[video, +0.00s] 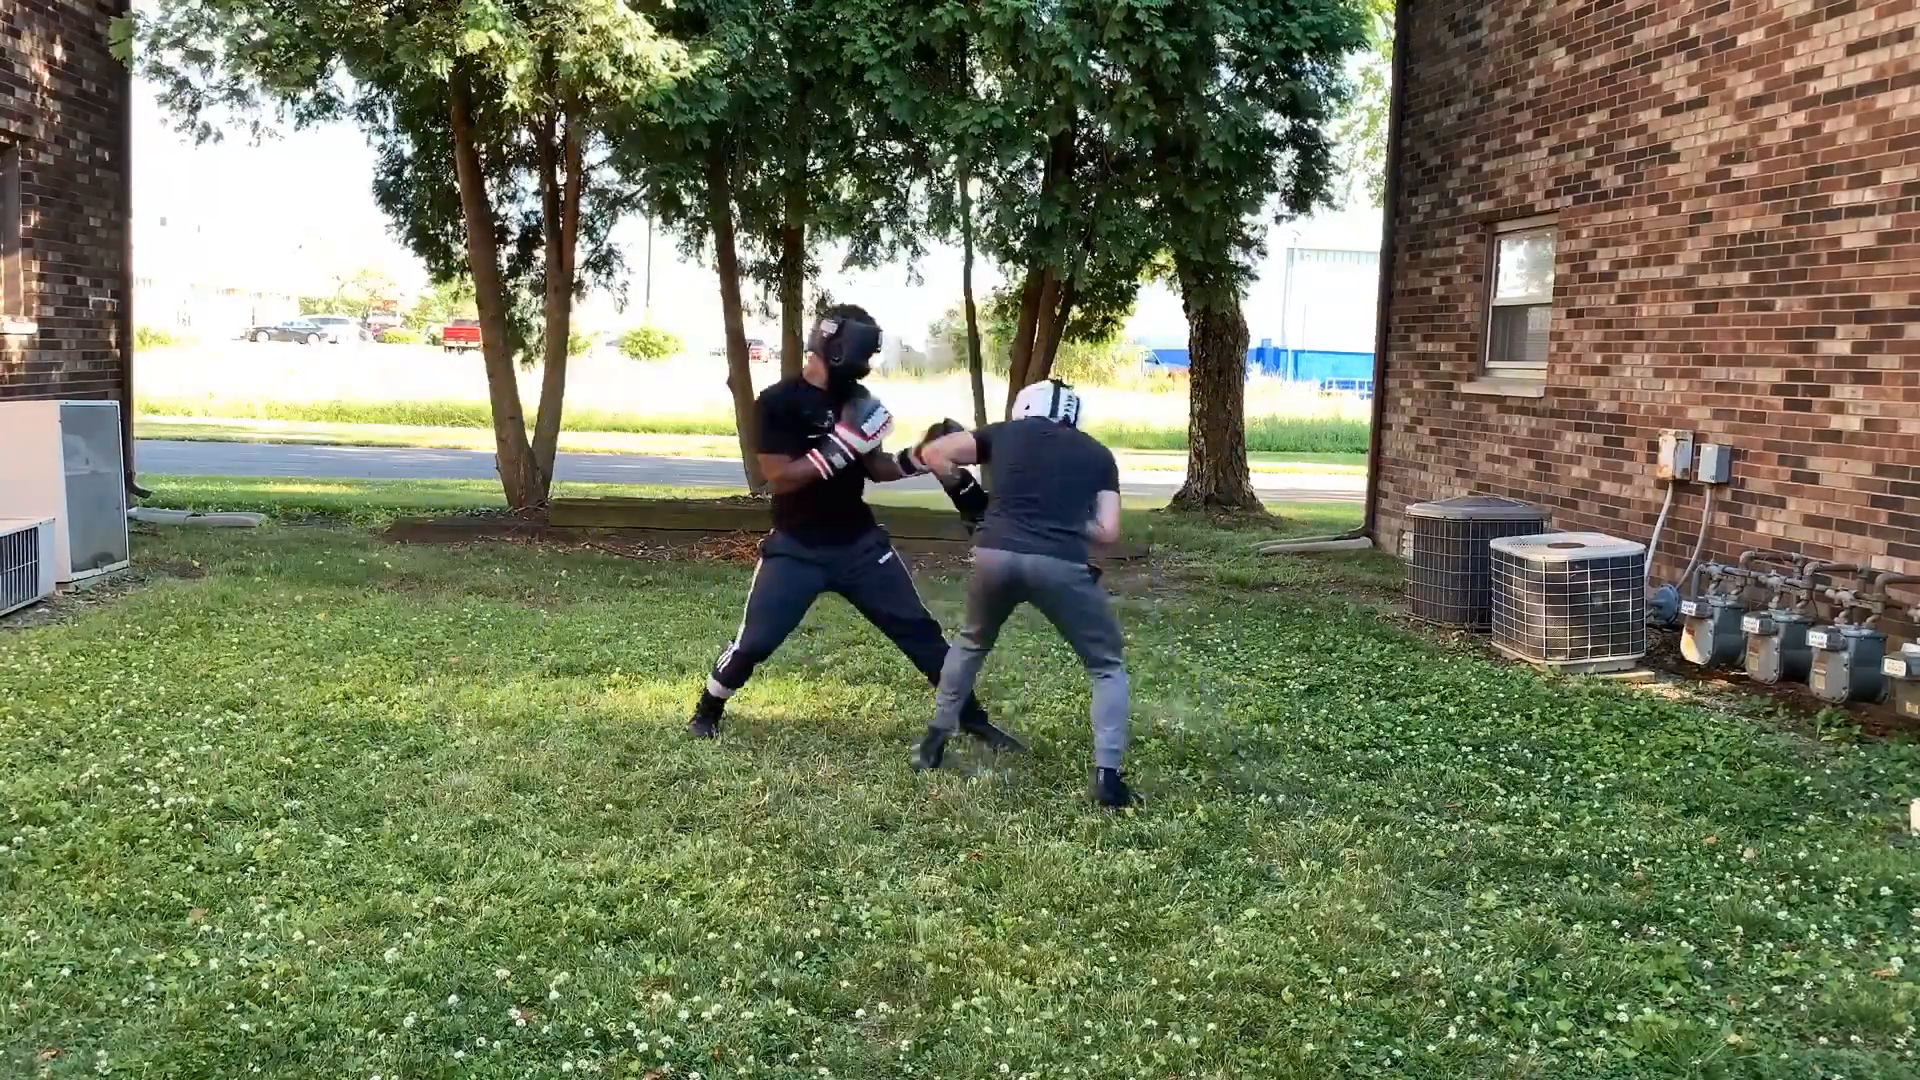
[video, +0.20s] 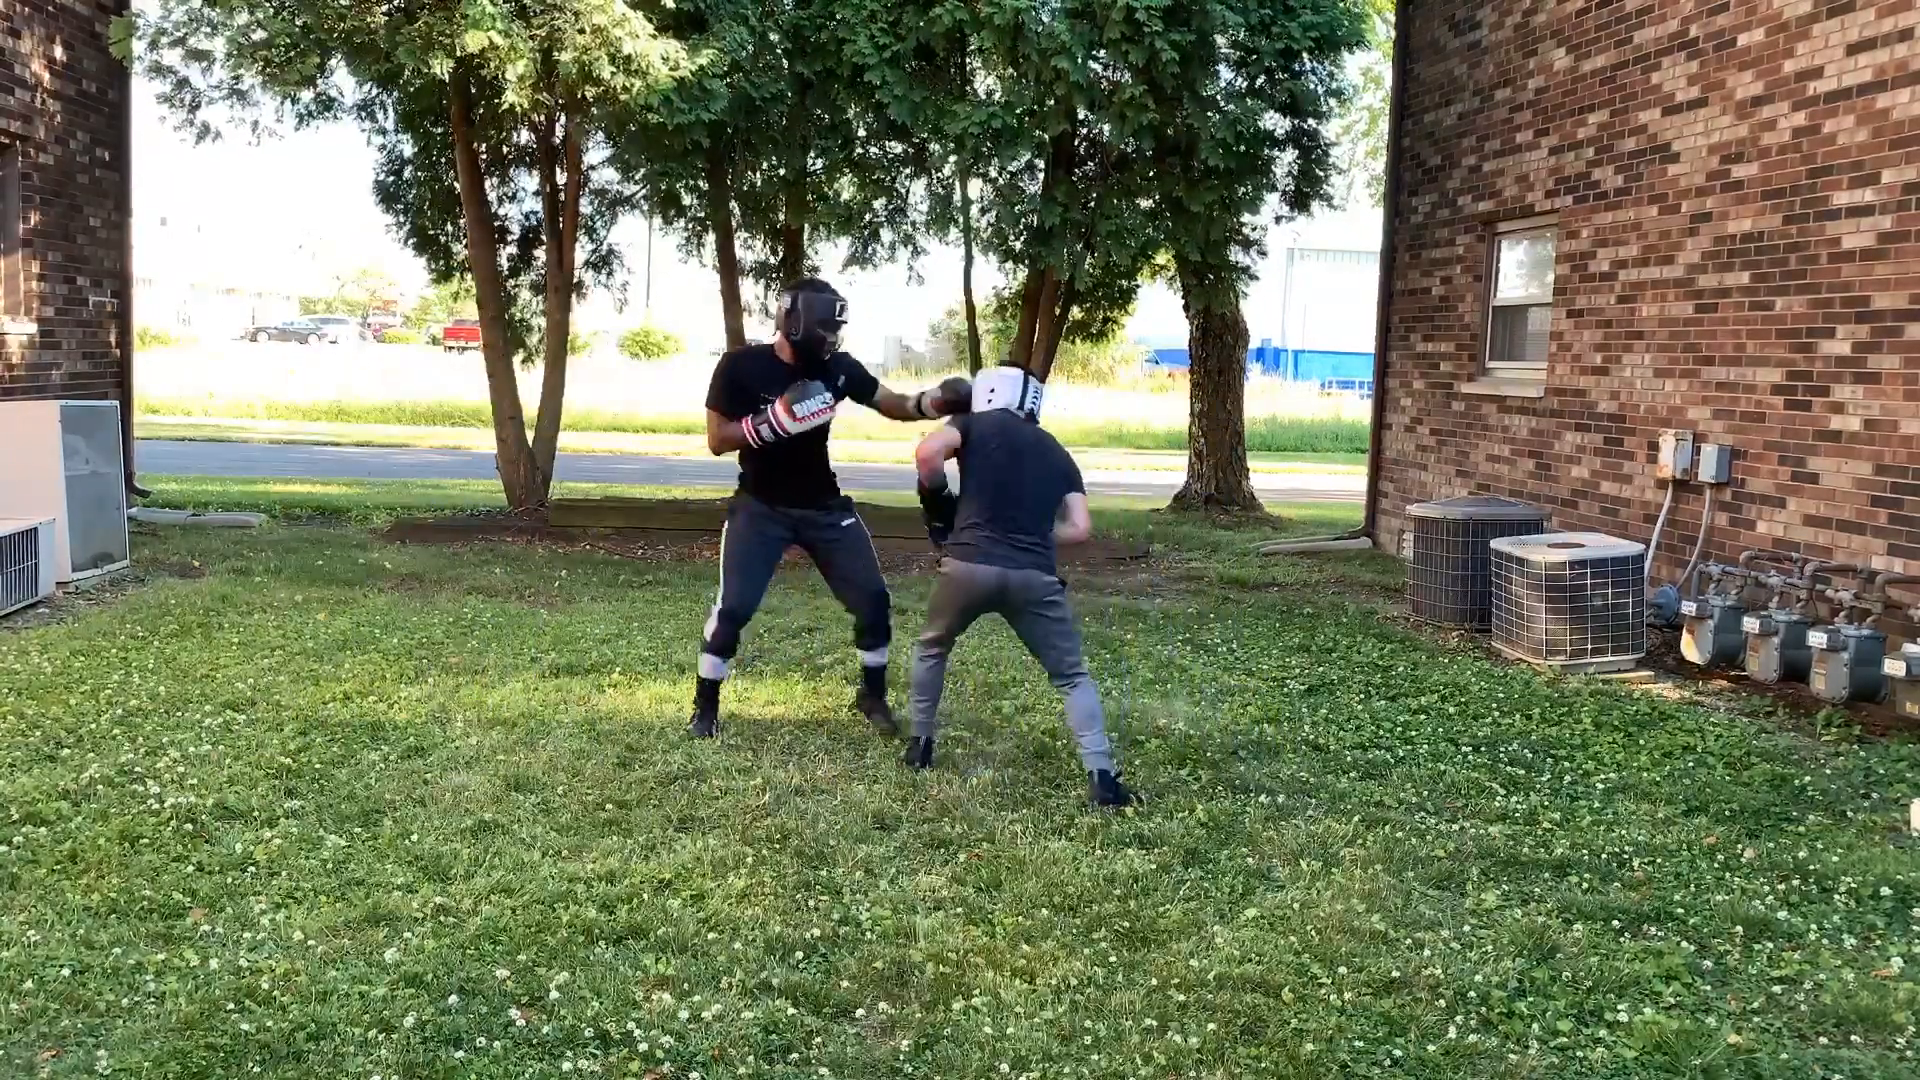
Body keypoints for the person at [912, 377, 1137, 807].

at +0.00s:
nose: (1011, 419)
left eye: (1014, 413)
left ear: (1023, 412)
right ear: (1073, 417)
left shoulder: (1004, 433)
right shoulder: (1098, 455)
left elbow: (934, 453)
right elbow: (1107, 532)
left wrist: (965, 493)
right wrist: (1067, 525)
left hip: (995, 556)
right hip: (1062, 566)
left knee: (972, 640)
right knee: (1107, 667)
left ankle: (935, 739)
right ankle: (1109, 776)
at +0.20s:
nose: (972, 405)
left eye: (976, 398)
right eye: (974, 398)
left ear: (986, 399)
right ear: (1032, 405)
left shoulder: (972, 423)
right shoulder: (1056, 451)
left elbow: (927, 452)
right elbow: (1079, 529)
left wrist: (937, 502)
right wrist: (1030, 535)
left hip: (968, 567)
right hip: (1034, 576)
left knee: (933, 645)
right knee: (1072, 675)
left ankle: (920, 743)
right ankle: (1104, 779)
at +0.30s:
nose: (996, 357)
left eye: (1003, 351)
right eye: (1001, 352)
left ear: (1010, 359)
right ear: (1042, 378)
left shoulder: (997, 387)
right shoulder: (1031, 415)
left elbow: (961, 442)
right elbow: (991, 475)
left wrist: (939, 462)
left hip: (966, 555)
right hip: (1019, 560)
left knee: (924, 644)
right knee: (1041, 665)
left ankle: (920, 745)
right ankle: (1102, 764)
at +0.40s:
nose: (1006, 351)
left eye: (1012, 345)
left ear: (1017, 352)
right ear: (1055, 368)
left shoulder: (1025, 389)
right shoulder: (1000, 398)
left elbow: (988, 436)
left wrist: (944, 447)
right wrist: (879, 344)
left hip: (962, 548)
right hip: (1010, 552)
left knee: (921, 643)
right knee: (1033, 659)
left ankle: (920, 748)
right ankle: (1084, 767)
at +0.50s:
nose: (997, 344)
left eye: (1004, 337)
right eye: (1002, 338)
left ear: (1017, 341)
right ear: (1044, 354)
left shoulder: (1019, 382)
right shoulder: (1019, 391)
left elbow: (988, 443)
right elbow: (931, 403)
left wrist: (945, 452)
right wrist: (889, 365)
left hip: (969, 545)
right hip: (1011, 545)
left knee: (927, 647)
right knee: (1028, 654)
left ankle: (918, 749)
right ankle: (1085, 761)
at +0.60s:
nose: (993, 342)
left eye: (998, 335)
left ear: (1011, 336)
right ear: (1044, 344)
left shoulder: (1004, 380)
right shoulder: (1043, 395)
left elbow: (968, 449)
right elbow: (993, 459)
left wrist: (942, 477)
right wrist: (933, 446)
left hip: (972, 544)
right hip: (1023, 543)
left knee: (937, 649)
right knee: (1048, 652)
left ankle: (919, 749)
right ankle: (1094, 762)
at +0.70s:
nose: (918, 370)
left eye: (919, 360)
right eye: (916, 361)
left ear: (935, 356)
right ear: (971, 347)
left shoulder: (940, 403)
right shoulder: (1025, 391)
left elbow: (912, 488)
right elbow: (1027, 462)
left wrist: (916, 501)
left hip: (968, 544)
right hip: (1029, 545)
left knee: (909, 636)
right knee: (1054, 657)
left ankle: (902, 752)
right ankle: (1097, 760)